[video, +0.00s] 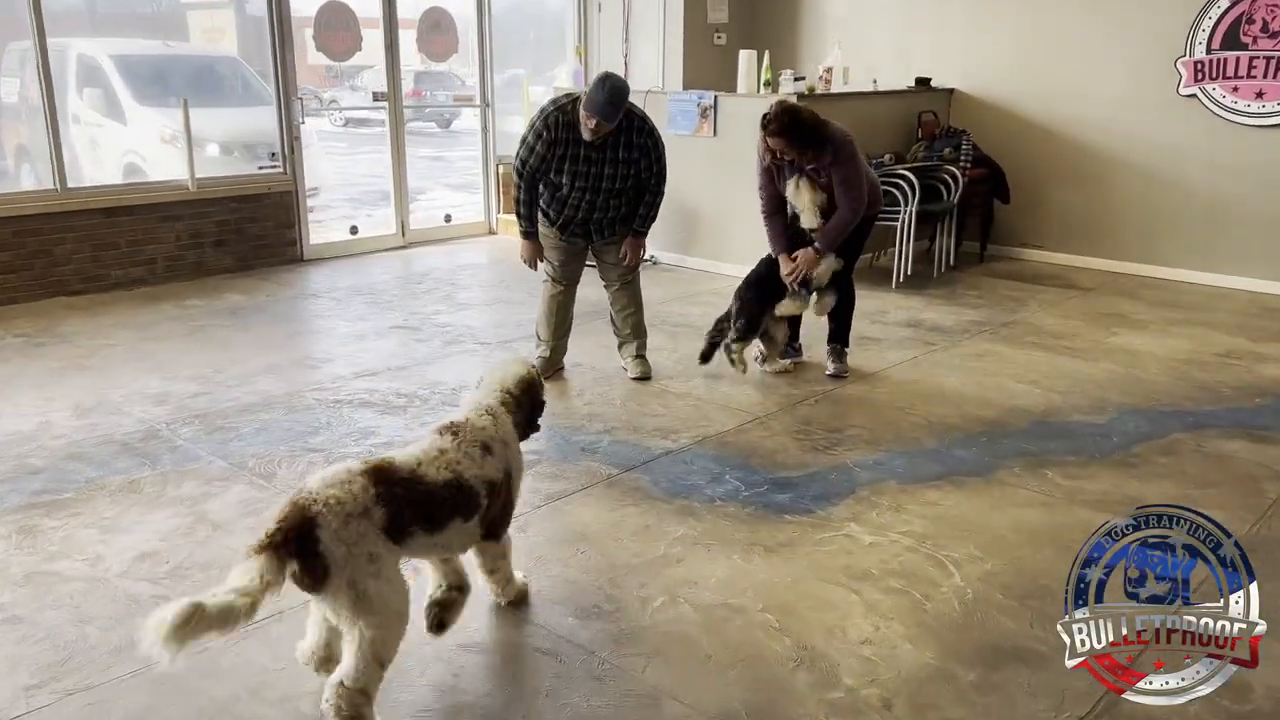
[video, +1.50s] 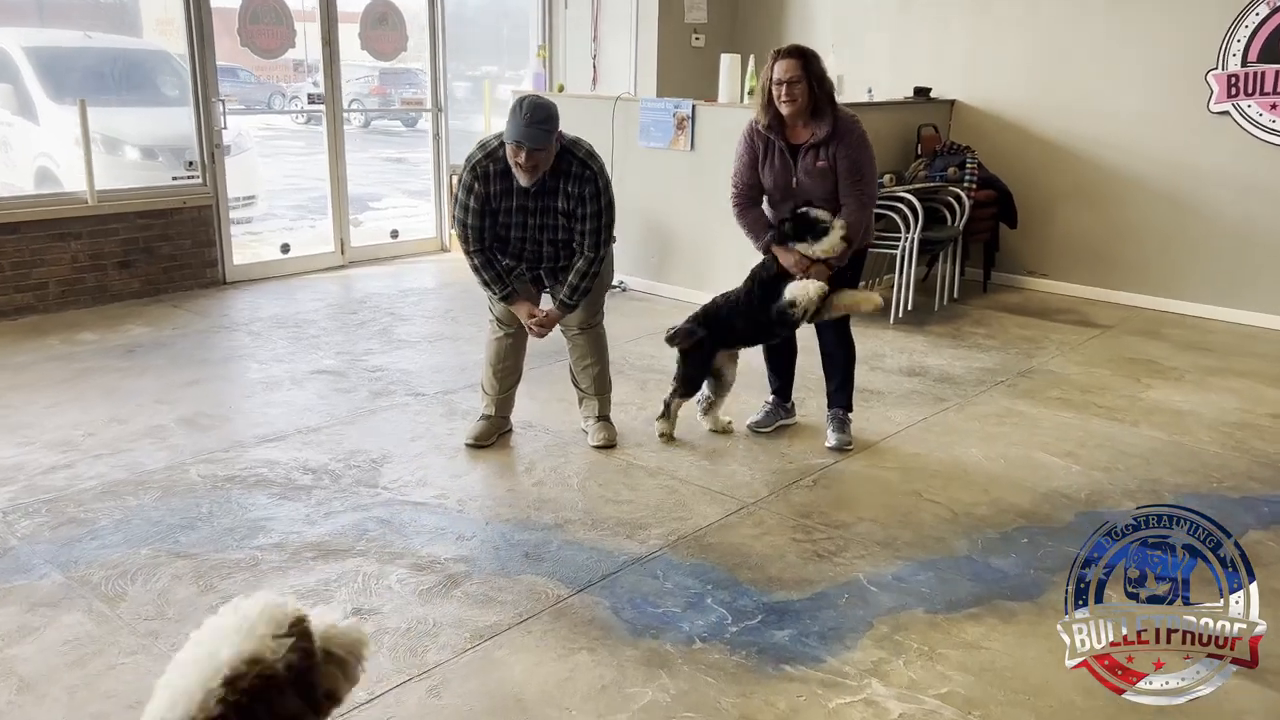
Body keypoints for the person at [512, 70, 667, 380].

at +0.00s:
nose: (592, 125)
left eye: (602, 122)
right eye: (588, 116)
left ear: (618, 117)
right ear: (582, 101)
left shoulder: (640, 131)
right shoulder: (552, 120)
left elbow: (655, 183)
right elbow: (524, 174)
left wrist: (639, 233)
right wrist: (528, 235)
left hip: (615, 224)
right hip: (561, 221)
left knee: (624, 288)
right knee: (557, 289)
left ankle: (634, 353)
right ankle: (548, 356)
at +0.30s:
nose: (569, 137)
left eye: (579, 132)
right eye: (564, 127)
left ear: (597, 125)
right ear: (557, 112)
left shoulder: (620, 135)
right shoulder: (533, 127)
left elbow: (641, 195)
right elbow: (507, 195)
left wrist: (625, 251)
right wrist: (512, 255)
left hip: (600, 225)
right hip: (544, 222)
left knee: (610, 291)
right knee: (539, 293)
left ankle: (620, 362)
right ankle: (531, 363)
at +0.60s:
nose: (559, 160)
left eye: (569, 156)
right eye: (553, 152)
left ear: (587, 146)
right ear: (546, 137)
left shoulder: (610, 154)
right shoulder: (522, 148)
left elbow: (617, 220)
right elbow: (505, 215)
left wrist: (602, 275)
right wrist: (504, 274)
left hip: (594, 236)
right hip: (541, 235)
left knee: (610, 303)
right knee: (535, 304)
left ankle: (618, 376)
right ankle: (527, 377)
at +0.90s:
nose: (557, 165)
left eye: (568, 160)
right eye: (551, 155)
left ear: (585, 153)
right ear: (542, 142)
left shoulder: (607, 165)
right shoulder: (514, 161)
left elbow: (599, 241)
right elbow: (511, 238)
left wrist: (566, 295)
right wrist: (539, 296)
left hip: (597, 239)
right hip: (543, 238)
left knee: (604, 307)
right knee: (531, 311)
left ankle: (618, 391)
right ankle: (525, 392)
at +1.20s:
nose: (550, 162)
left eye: (560, 153)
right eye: (541, 152)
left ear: (573, 143)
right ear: (528, 142)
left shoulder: (599, 166)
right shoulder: (499, 163)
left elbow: (595, 247)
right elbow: (497, 244)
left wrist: (560, 305)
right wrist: (533, 303)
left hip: (587, 245)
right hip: (529, 245)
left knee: (594, 314)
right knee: (519, 316)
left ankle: (609, 401)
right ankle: (511, 402)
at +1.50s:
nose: (524, 159)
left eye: (537, 150)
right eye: (517, 146)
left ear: (556, 141)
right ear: (506, 138)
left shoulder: (585, 168)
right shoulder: (481, 166)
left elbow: (593, 249)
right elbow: (472, 243)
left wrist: (560, 307)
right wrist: (513, 300)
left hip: (574, 258)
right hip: (514, 258)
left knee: (583, 326)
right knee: (503, 326)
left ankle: (596, 416)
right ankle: (495, 415)